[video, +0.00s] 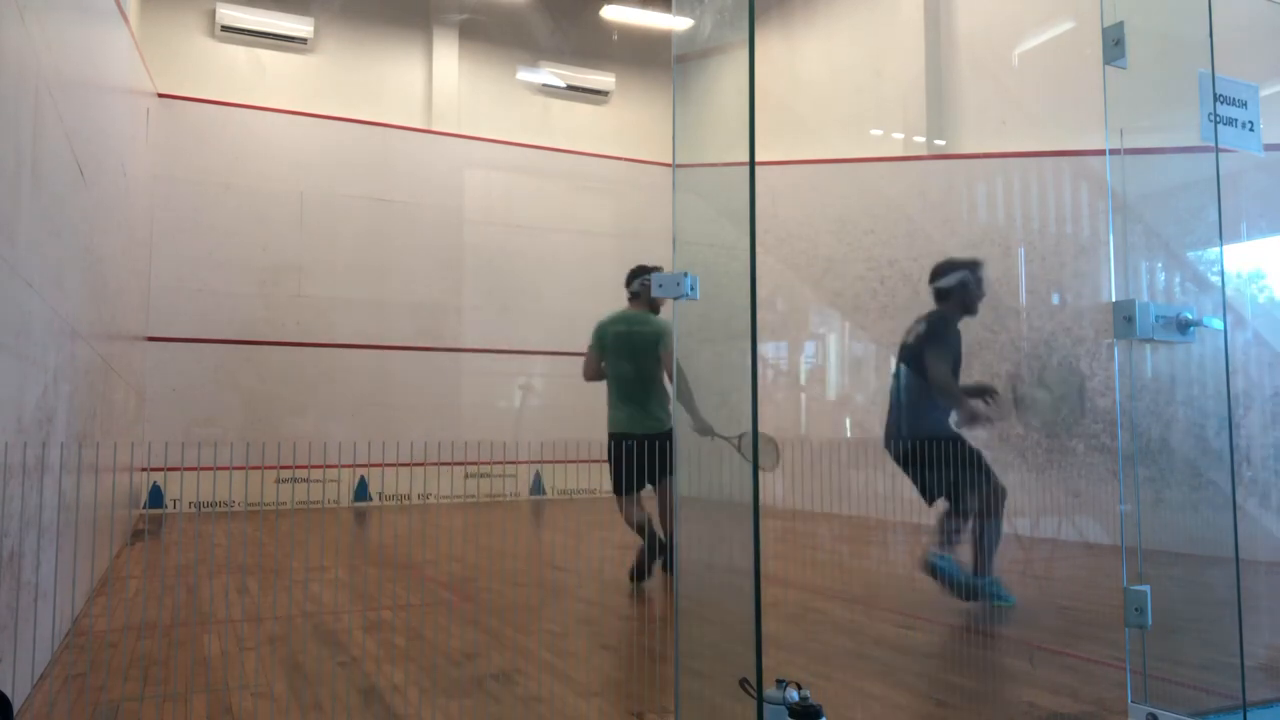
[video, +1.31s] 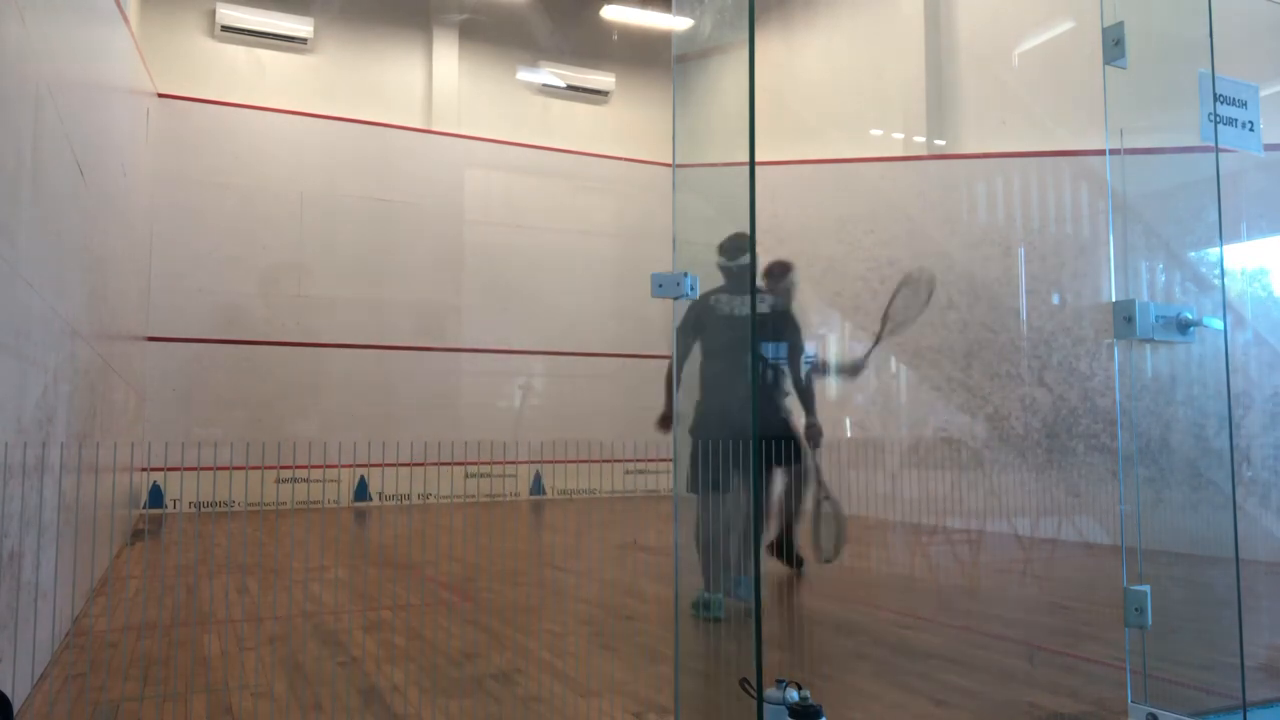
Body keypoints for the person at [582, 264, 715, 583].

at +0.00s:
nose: (665, 300)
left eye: (665, 293)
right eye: (662, 293)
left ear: (631, 293)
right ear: (649, 293)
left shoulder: (606, 326)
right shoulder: (660, 328)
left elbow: (590, 373)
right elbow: (675, 376)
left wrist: (621, 369)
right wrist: (697, 417)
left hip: (622, 428)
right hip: (658, 427)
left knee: (627, 500)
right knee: (665, 490)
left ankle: (651, 539)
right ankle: (668, 554)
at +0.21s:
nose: (666, 293)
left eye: (665, 287)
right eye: (664, 287)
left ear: (632, 287)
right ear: (656, 287)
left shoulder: (610, 318)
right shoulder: (662, 320)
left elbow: (588, 358)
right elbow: (669, 371)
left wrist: (617, 364)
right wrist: (686, 401)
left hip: (619, 419)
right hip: (656, 419)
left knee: (612, 482)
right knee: (666, 484)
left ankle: (612, 547)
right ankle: (671, 549)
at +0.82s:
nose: (667, 293)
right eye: (667, 287)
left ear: (640, 286)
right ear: (666, 289)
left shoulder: (618, 318)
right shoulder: (668, 322)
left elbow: (587, 348)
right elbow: (670, 373)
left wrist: (605, 383)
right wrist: (695, 376)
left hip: (625, 416)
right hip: (662, 416)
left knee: (606, 478)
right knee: (684, 474)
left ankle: (596, 544)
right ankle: (688, 543)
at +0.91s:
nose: (675, 304)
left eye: (672, 298)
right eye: (675, 299)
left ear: (651, 299)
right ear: (674, 300)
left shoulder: (629, 331)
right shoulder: (679, 335)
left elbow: (596, 361)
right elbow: (685, 383)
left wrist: (607, 400)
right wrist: (696, 417)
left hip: (635, 426)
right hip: (672, 427)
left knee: (615, 485)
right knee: (708, 484)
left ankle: (597, 551)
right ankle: (730, 549)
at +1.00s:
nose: (695, 323)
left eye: (688, 317)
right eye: (694, 319)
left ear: (671, 318)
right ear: (695, 319)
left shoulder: (649, 351)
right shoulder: (694, 352)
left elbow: (621, 387)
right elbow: (700, 396)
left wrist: (637, 416)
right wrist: (719, 430)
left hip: (648, 441)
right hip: (685, 443)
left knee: (622, 491)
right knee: (734, 486)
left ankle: (596, 551)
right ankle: (758, 548)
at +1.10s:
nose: (706, 325)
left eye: (708, 320)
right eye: (708, 320)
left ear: (708, 320)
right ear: (732, 321)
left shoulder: (689, 352)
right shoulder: (741, 352)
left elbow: (667, 384)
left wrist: (657, 391)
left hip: (681, 439)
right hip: (726, 440)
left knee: (642, 493)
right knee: (761, 488)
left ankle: (599, 550)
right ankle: (764, 549)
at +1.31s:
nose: (734, 271)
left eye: (733, 264)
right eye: (734, 263)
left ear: (721, 265)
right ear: (755, 262)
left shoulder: (704, 307)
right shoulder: (776, 308)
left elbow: (676, 360)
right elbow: (798, 368)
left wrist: (668, 407)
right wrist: (811, 417)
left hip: (715, 423)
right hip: (762, 422)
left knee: (709, 506)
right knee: (753, 505)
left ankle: (713, 589)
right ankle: (744, 585)